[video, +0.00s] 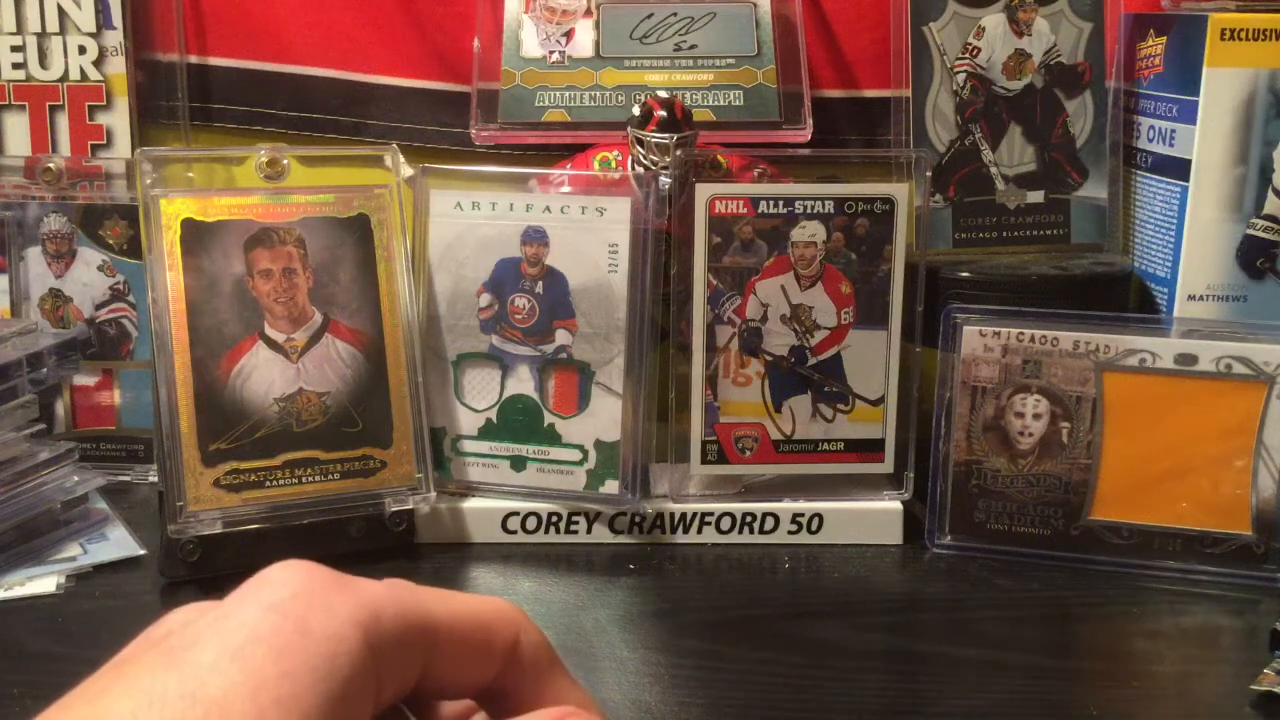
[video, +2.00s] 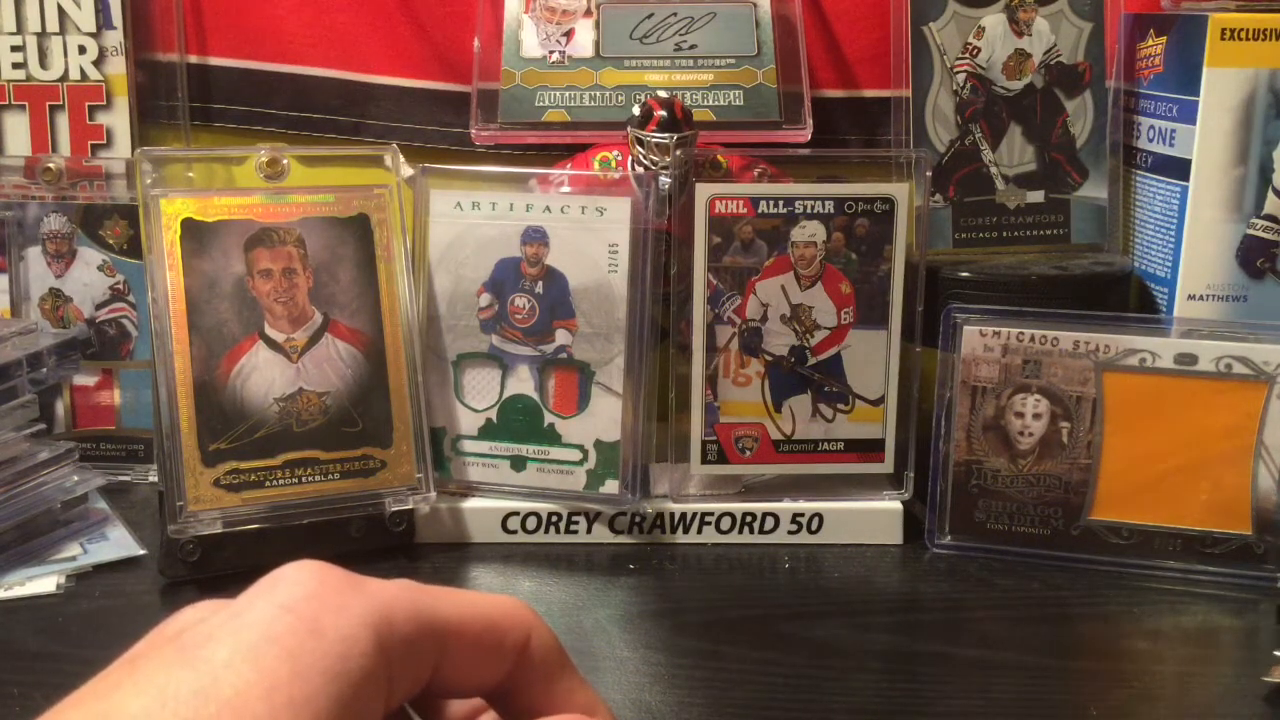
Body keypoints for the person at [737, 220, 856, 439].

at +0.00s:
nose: (801, 253)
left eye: (808, 247)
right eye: (796, 247)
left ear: (821, 250)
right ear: (790, 249)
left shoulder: (838, 285)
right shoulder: (774, 272)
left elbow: (842, 330)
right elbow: (754, 293)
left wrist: (810, 352)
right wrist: (750, 326)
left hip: (823, 351)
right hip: (779, 350)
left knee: (831, 411)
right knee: (798, 409)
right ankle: (790, 469)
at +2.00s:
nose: (801, 253)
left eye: (807, 247)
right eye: (796, 247)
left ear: (821, 249)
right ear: (790, 249)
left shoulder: (839, 285)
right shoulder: (773, 271)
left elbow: (842, 331)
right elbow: (755, 293)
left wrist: (810, 353)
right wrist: (750, 325)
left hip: (823, 353)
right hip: (780, 352)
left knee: (830, 412)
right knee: (796, 411)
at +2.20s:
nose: (801, 253)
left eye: (808, 247)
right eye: (796, 247)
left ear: (821, 249)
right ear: (790, 249)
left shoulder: (839, 285)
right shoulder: (774, 271)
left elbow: (843, 330)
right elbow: (754, 292)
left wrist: (810, 353)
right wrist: (750, 325)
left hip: (823, 354)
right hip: (780, 354)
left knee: (831, 413)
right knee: (796, 412)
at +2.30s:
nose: (801, 253)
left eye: (807, 247)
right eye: (796, 247)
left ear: (821, 249)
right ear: (790, 249)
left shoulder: (839, 285)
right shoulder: (774, 271)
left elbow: (843, 331)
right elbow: (754, 293)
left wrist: (810, 353)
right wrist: (750, 325)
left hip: (823, 353)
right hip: (780, 353)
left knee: (831, 412)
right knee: (798, 411)